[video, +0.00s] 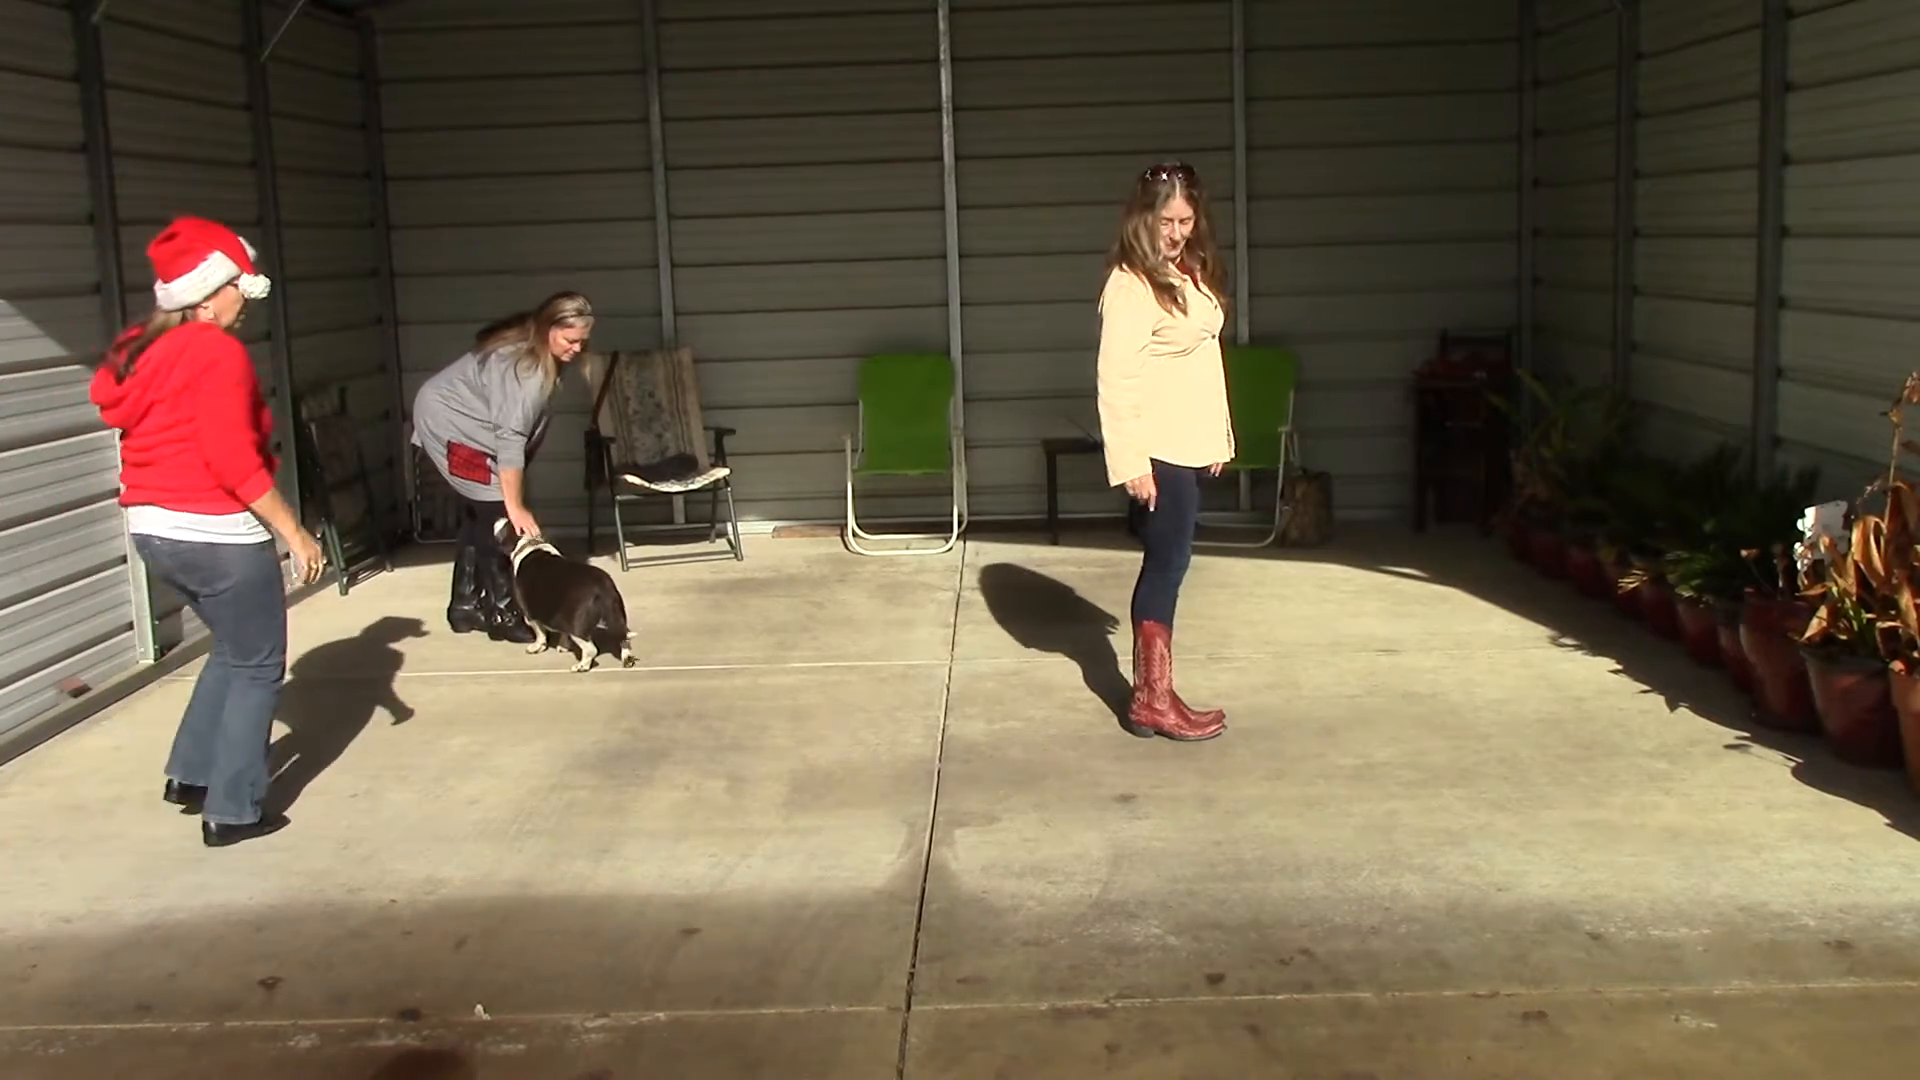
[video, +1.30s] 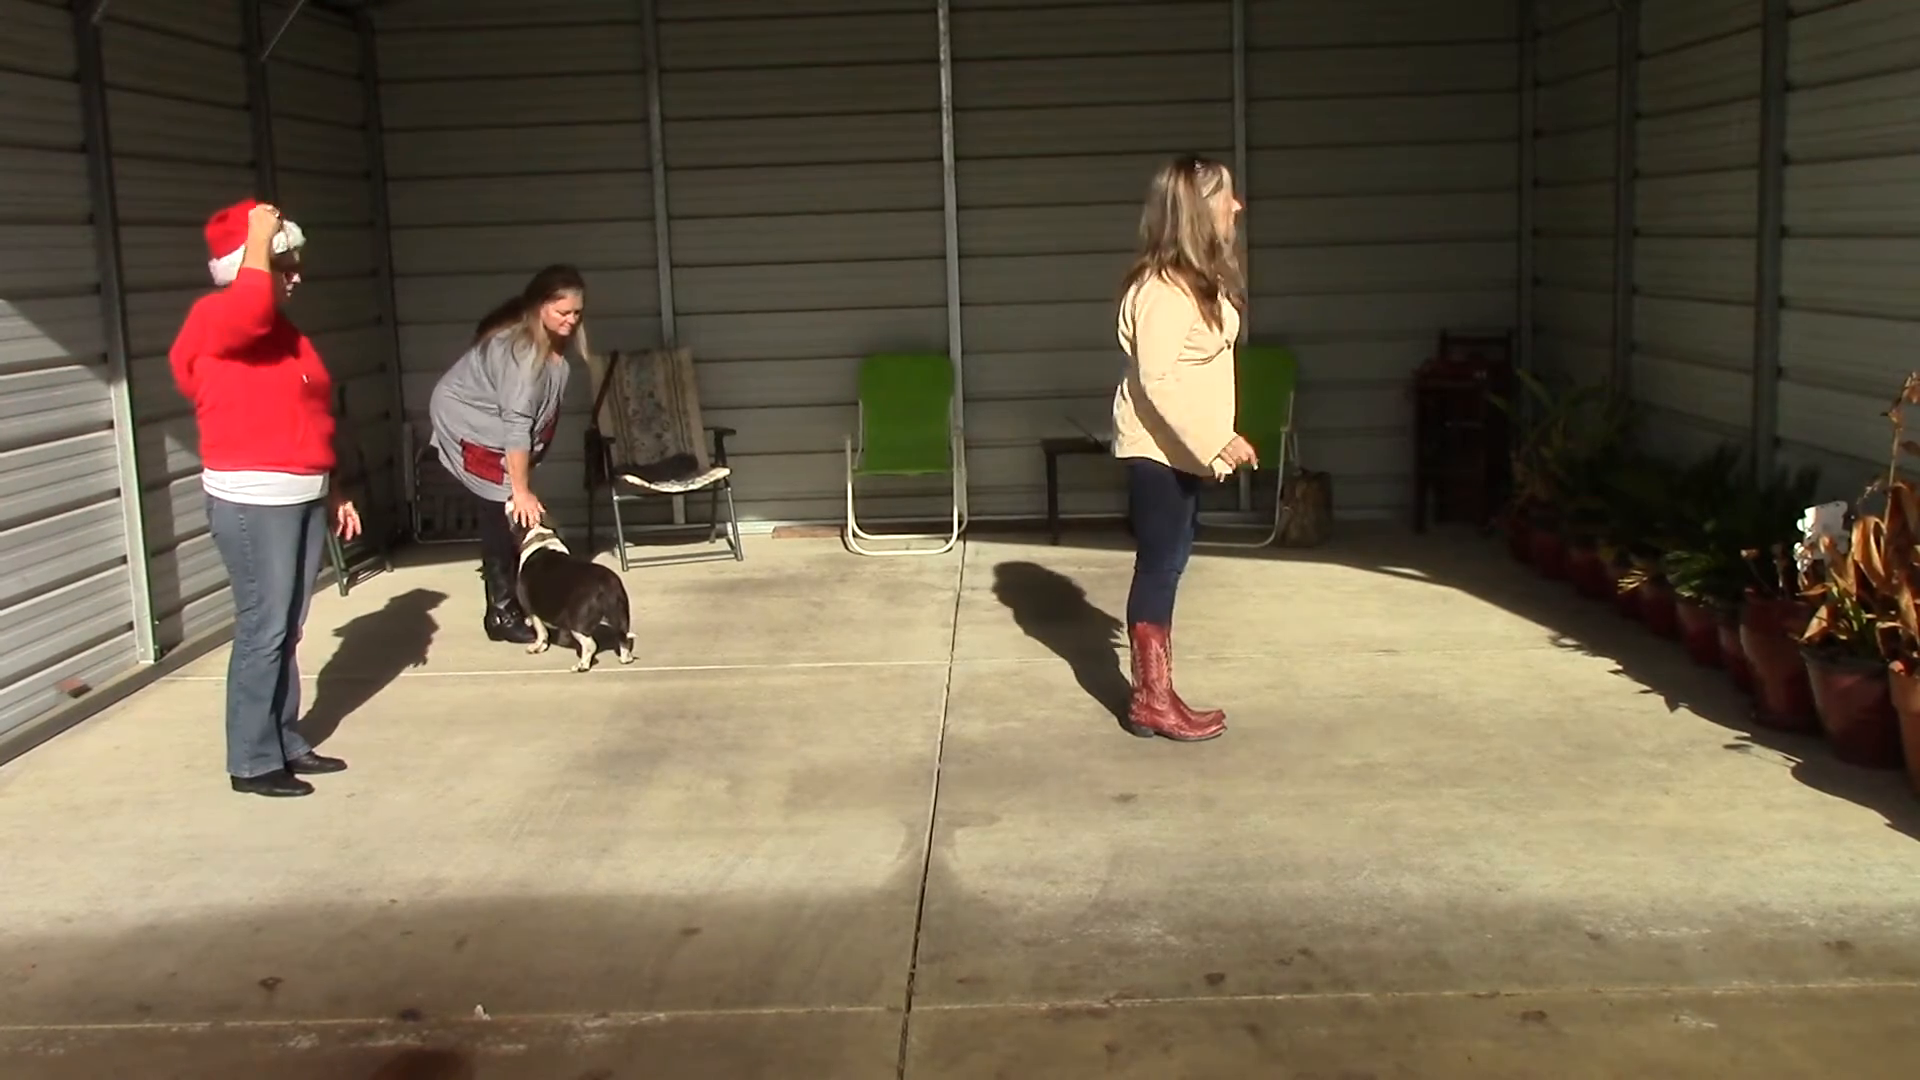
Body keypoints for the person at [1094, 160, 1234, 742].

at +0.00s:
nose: (1176, 232)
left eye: (1184, 221)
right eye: (1166, 221)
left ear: (1194, 222)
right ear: (1143, 220)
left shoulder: (1188, 278)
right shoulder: (1128, 284)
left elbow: (1205, 367)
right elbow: (1114, 381)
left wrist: (1216, 440)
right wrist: (1131, 461)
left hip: (1189, 443)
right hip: (1158, 446)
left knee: (1170, 560)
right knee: (1165, 561)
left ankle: (1157, 694)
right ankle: (1150, 697)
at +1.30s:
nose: (1239, 207)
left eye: (1235, 197)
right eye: (1229, 198)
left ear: (1205, 208)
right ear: (1200, 210)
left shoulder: (1202, 284)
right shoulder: (1162, 289)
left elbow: (1199, 378)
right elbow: (1156, 384)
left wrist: (1225, 436)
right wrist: (1206, 447)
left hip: (1181, 450)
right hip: (1154, 449)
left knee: (1169, 562)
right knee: (1159, 563)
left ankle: (1158, 694)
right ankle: (1149, 699)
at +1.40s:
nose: (1234, 205)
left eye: (1231, 195)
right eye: (1225, 196)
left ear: (1189, 208)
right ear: (1197, 208)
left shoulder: (1189, 281)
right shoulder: (1169, 286)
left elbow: (1205, 366)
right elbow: (1189, 372)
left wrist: (1272, 383)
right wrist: (1273, 388)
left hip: (1175, 443)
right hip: (1162, 445)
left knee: (1165, 562)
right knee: (1161, 563)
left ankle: (1156, 693)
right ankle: (1152, 697)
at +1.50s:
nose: (1232, 209)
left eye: (1229, 198)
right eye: (1222, 199)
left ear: (1184, 208)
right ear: (1192, 207)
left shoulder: (1181, 276)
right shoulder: (1169, 283)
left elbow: (1225, 348)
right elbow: (1225, 354)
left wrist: (1301, 324)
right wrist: (1305, 327)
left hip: (1174, 442)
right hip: (1164, 443)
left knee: (1164, 564)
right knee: (1162, 564)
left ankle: (1156, 695)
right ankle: (1150, 699)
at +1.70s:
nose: (1225, 209)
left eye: (1224, 198)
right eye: (1218, 198)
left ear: (1168, 204)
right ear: (1190, 204)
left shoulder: (1150, 271)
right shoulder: (1184, 271)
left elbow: (1250, 300)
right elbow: (1261, 303)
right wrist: (1305, 235)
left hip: (1156, 433)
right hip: (1177, 435)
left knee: (1163, 563)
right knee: (1166, 564)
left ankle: (1153, 694)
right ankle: (1153, 698)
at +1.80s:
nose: (1222, 210)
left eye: (1220, 199)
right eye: (1215, 200)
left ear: (1167, 203)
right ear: (1190, 203)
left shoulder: (1148, 270)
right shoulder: (1183, 268)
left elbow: (1252, 288)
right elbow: (1264, 290)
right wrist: (1290, 219)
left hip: (1155, 433)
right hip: (1180, 434)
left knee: (1162, 562)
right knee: (1166, 564)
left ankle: (1154, 695)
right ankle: (1153, 698)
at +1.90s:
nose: (1218, 213)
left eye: (1217, 203)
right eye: (1211, 203)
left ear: (1162, 205)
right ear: (1187, 205)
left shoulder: (1145, 270)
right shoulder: (1184, 266)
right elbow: (1266, 277)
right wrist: (1278, 209)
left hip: (1154, 432)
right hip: (1181, 432)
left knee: (1162, 560)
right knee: (1168, 562)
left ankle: (1153, 695)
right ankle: (1152, 698)